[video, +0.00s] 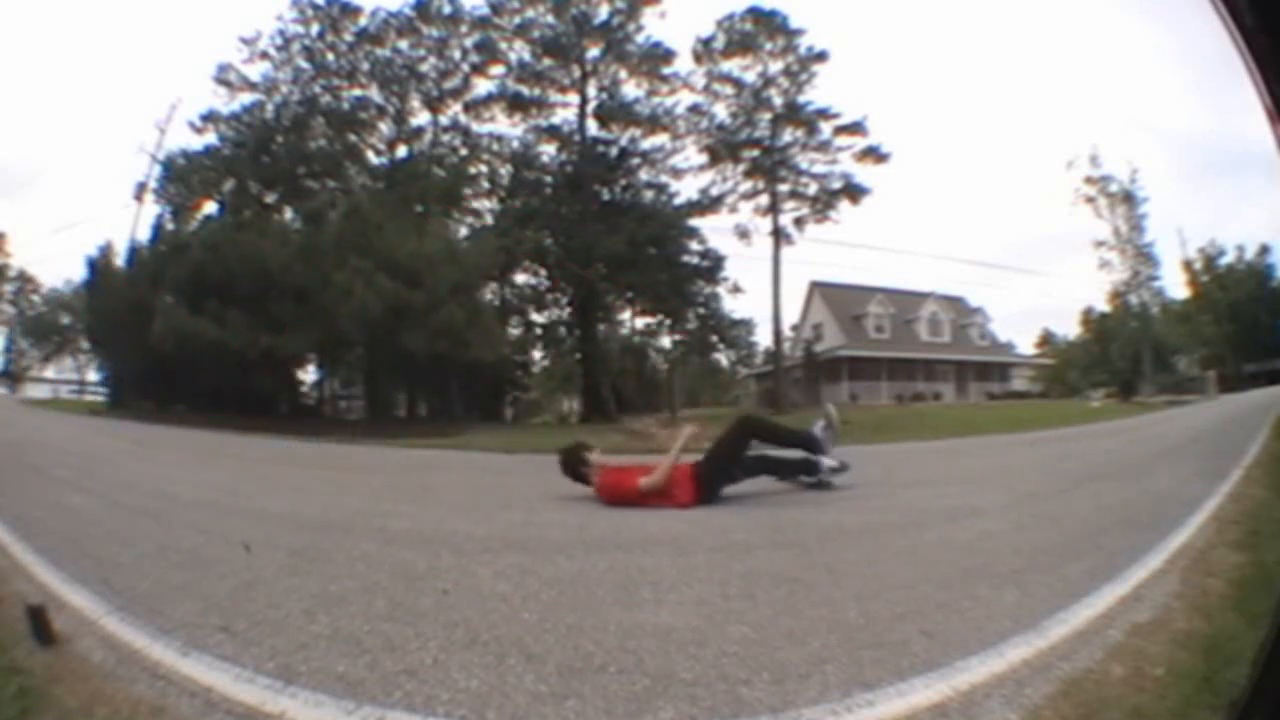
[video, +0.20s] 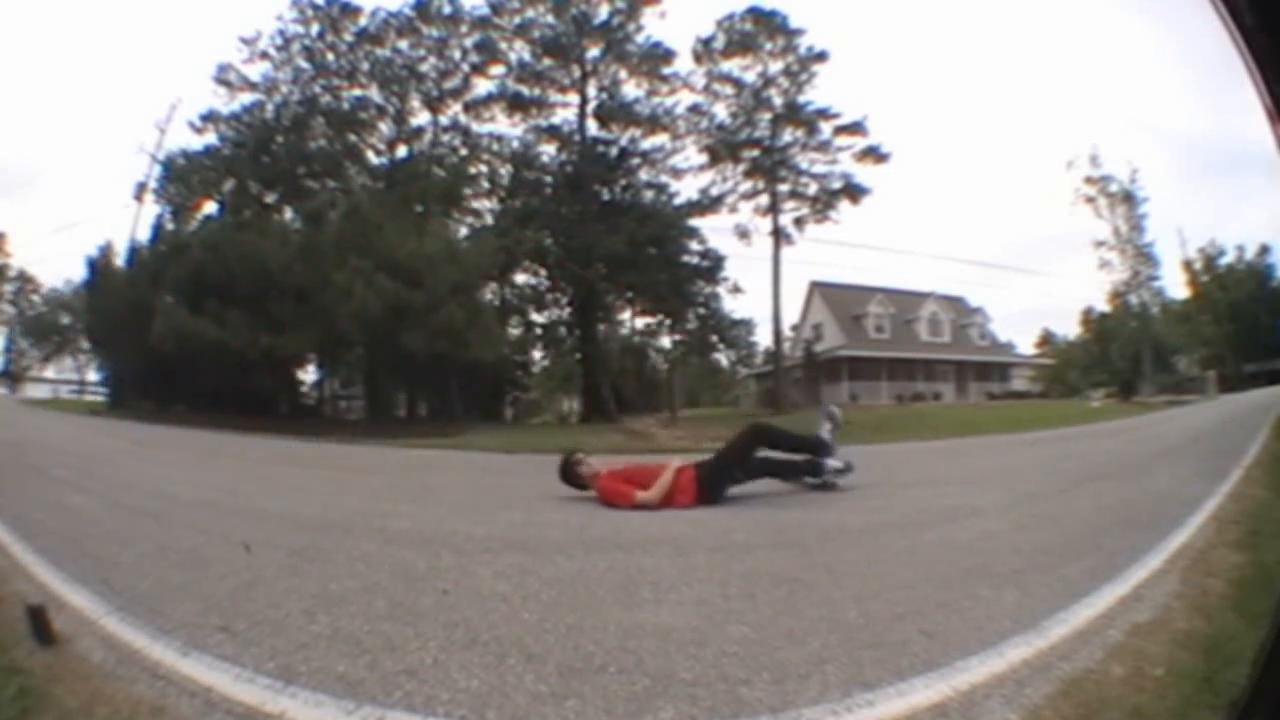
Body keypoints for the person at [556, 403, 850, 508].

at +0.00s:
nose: (599, 452)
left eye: (594, 450)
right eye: (593, 452)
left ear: (582, 468)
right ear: (586, 463)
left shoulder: (607, 479)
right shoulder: (607, 485)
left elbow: (652, 481)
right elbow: (654, 483)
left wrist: (673, 450)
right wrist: (679, 444)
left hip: (696, 480)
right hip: (696, 484)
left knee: (755, 462)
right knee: (745, 425)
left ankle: (812, 470)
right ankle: (815, 443)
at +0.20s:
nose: (592, 460)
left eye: (587, 458)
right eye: (585, 462)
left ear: (587, 468)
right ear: (582, 474)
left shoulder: (609, 480)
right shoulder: (606, 487)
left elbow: (650, 492)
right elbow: (649, 500)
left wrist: (675, 467)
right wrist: (671, 469)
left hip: (699, 481)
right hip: (698, 483)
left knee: (758, 464)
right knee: (755, 433)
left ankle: (817, 471)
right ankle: (821, 446)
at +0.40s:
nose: (587, 470)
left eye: (583, 467)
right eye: (581, 473)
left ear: (589, 469)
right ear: (582, 484)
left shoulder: (611, 478)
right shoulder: (603, 490)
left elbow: (645, 489)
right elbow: (642, 503)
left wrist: (676, 468)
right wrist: (673, 474)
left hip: (699, 473)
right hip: (697, 487)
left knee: (764, 471)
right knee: (767, 488)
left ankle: (825, 466)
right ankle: (838, 490)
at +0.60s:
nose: (586, 473)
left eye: (581, 471)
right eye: (581, 476)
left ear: (586, 478)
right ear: (581, 487)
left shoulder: (611, 480)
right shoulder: (603, 491)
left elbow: (648, 489)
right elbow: (642, 504)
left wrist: (676, 467)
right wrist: (671, 471)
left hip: (703, 473)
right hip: (700, 488)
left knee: (769, 470)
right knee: (775, 489)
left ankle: (830, 466)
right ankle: (848, 494)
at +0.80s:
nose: (584, 471)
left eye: (579, 470)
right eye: (578, 474)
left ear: (584, 478)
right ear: (579, 486)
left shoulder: (609, 480)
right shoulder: (602, 491)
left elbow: (646, 491)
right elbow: (642, 504)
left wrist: (672, 469)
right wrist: (668, 471)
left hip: (701, 474)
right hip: (698, 488)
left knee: (766, 473)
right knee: (771, 490)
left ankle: (823, 466)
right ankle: (846, 495)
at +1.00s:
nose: (585, 472)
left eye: (580, 470)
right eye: (579, 474)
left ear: (584, 480)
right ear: (580, 486)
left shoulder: (609, 481)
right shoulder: (603, 491)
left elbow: (646, 493)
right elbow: (643, 504)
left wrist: (672, 471)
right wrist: (670, 472)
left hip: (700, 476)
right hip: (698, 488)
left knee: (767, 477)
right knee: (771, 489)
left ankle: (827, 471)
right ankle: (848, 494)